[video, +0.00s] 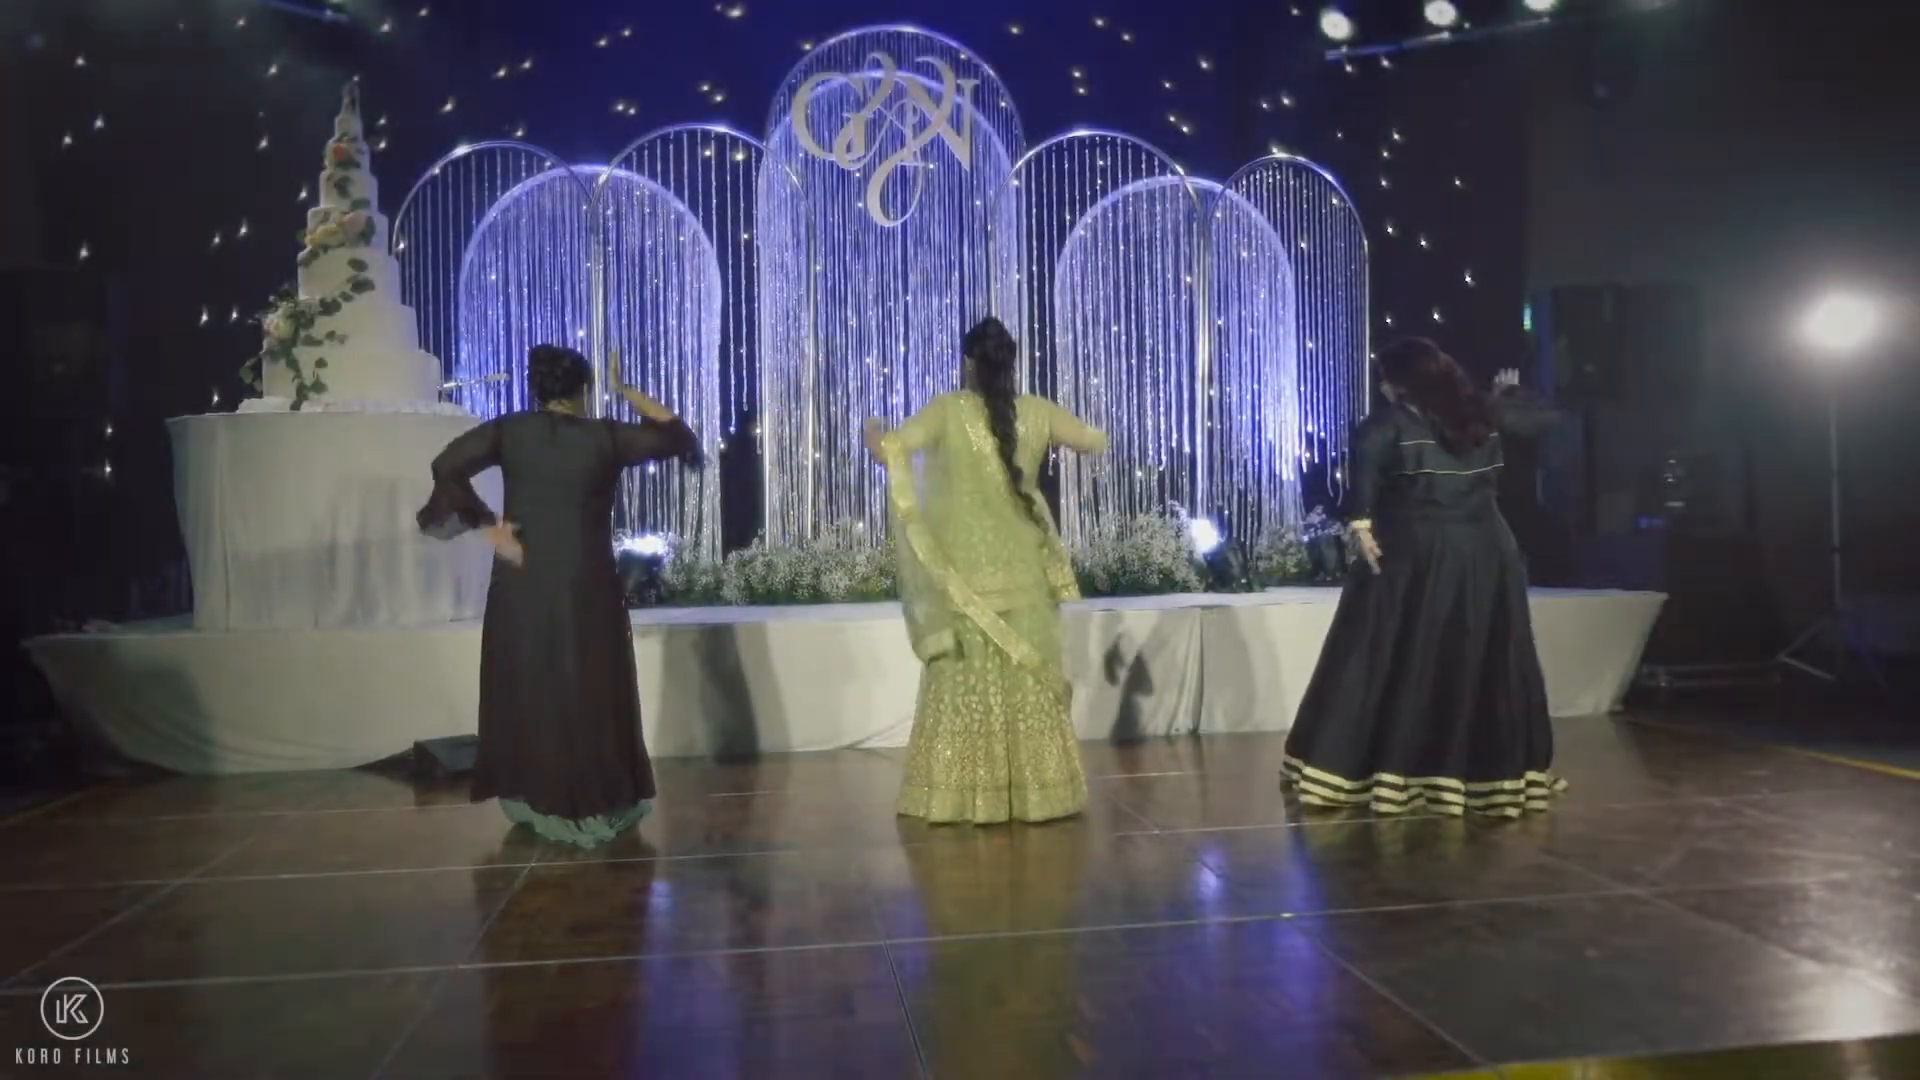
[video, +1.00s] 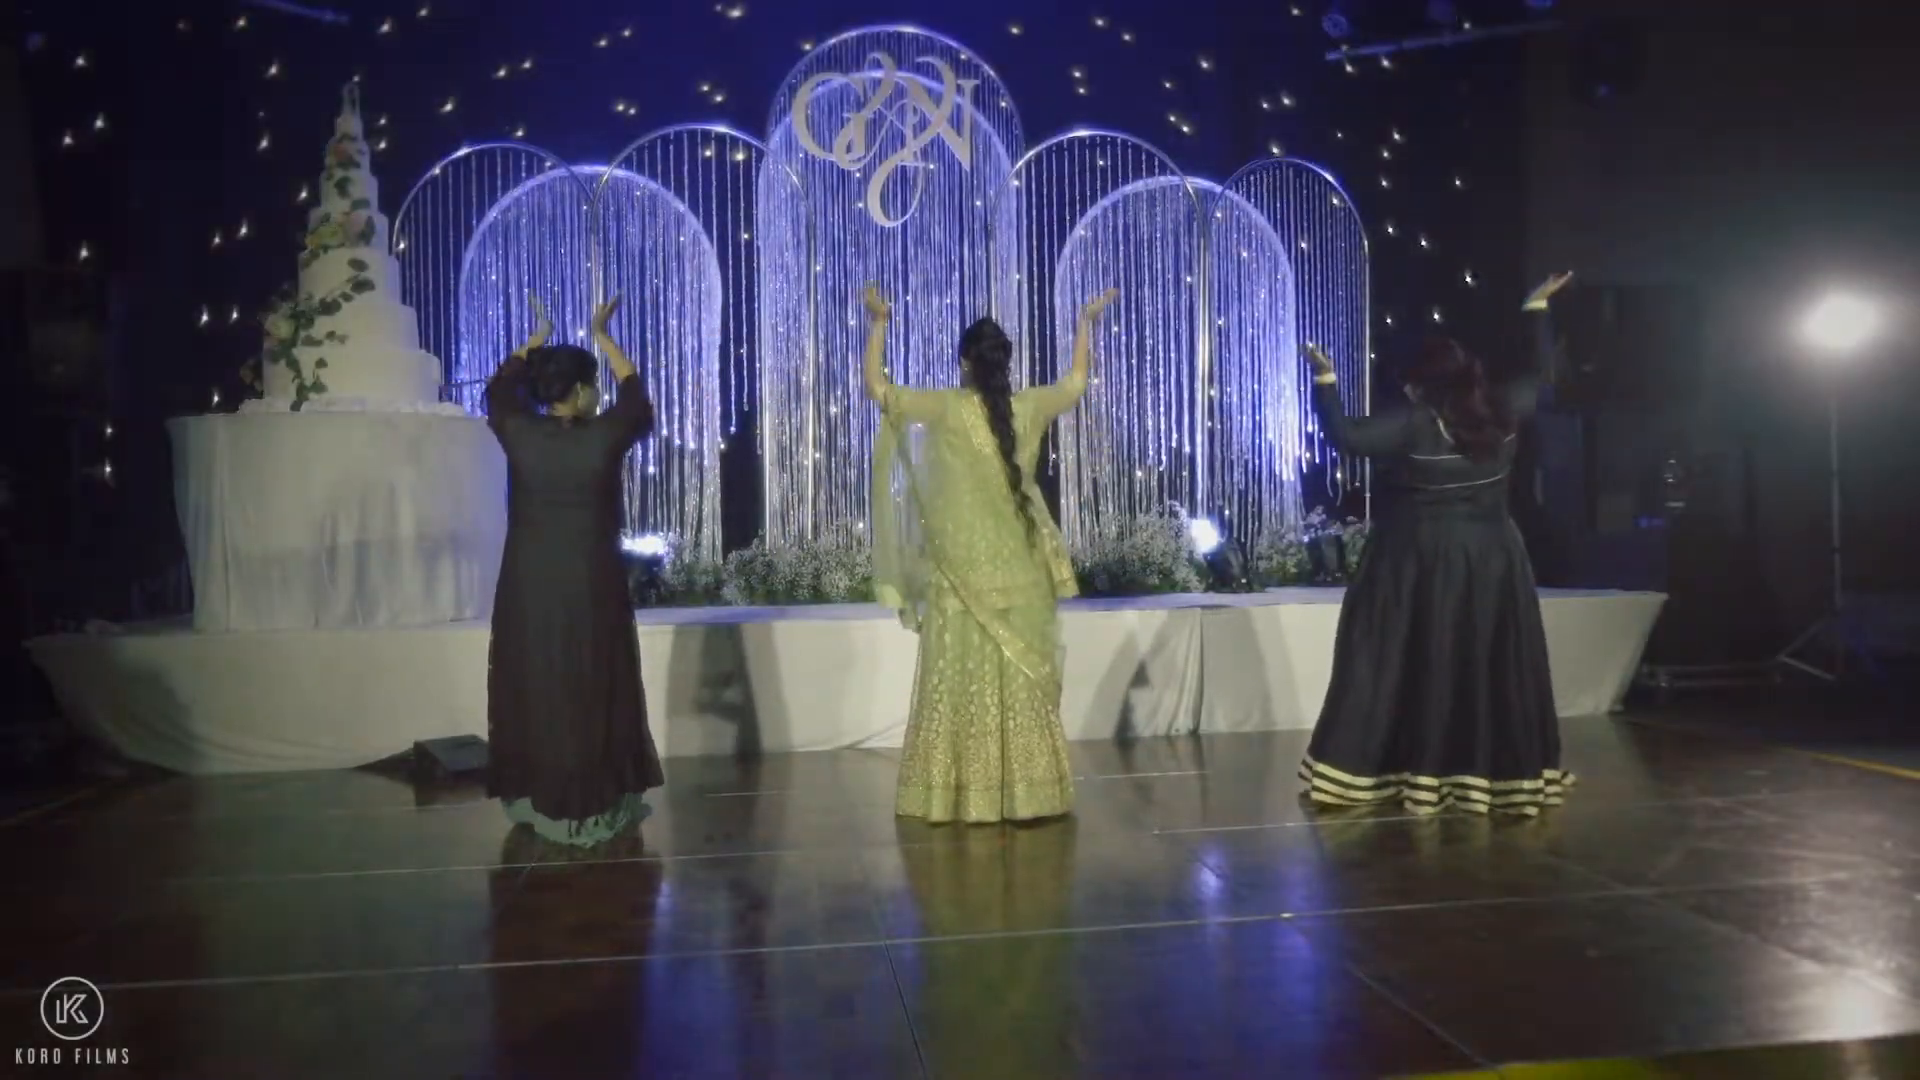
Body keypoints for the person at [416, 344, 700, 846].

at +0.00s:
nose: (583, 395)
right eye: (583, 388)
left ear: (535, 389)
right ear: (583, 390)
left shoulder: (509, 430)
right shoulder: (604, 437)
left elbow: (446, 467)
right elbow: (678, 438)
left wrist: (489, 525)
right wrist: (639, 400)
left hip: (522, 584)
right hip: (584, 583)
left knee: (527, 691)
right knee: (592, 691)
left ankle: (533, 805)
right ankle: (594, 808)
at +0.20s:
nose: (589, 396)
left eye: (584, 389)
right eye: (588, 389)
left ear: (537, 392)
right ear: (584, 392)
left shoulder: (511, 430)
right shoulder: (607, 440)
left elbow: (442, 467)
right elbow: (685, 454)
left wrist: (454, 524)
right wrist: (655, 402)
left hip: (521, 584)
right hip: (585, 586)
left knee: (528, 692)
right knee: (592, 691)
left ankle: (534, 807)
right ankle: (593, 810)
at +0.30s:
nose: (595, 399)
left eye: (590, 392)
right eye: (594, 392)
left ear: (540, 393)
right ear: (588, 393)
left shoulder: (512, 433)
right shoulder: (613, 441)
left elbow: (441, 464)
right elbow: (683, 453)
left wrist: (400, 501)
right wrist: (677, 393)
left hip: (523, 587)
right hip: (588, 589)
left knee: (531, 693)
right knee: (594, 693)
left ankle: (537, 809)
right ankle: (596, 810)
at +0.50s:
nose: (597, 396)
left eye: (593, 390)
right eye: (594, 390)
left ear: (541, 393)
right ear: (586, 392)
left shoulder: (516, 434)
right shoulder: (615, 437)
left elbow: (442, 428)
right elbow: (687, 432)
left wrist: (374, 420)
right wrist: (709, 377)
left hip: (528, 587)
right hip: (592, 588)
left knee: (536, 693)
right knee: (596, 693)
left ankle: (540, 809)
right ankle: (598, 810)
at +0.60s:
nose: (592, 397)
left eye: (583, 389)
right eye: (590, 388)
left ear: (543, 393)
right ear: (587, 391)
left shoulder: (519, 434)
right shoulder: (615, 437)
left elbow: (453, 403)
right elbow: (684, 409)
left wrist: (403, 364)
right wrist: (704, 349)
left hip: (530, 586)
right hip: (593, 587)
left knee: (537, 693)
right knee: (598, 693)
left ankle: (544, 810)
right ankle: (602, 809)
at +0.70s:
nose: (592, 392)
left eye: (587, 385)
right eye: (589, 386)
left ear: (540, 393)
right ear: (583, 390)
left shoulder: (521, 434)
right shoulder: (610, 437)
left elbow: (469, 386)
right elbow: (669, 397)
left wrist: (450, 329)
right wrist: (672, 332)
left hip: (531, 583)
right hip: (592, 584)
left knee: (535, 693)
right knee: (598, 693)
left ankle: (541, 809)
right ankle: (600, 810)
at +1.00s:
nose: (595, 394)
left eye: (591, 386)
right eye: (590, 387)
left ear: (539, 393)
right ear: (577, 394)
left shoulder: (519, 435)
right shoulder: (605, 438)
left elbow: (501, 388)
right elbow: (637, 400)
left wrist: (529, 346)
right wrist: (607, 339)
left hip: (530, 577)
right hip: (589, 578)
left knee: (533, 685)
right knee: (597, 685)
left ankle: (536, 803)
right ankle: (598, 805)